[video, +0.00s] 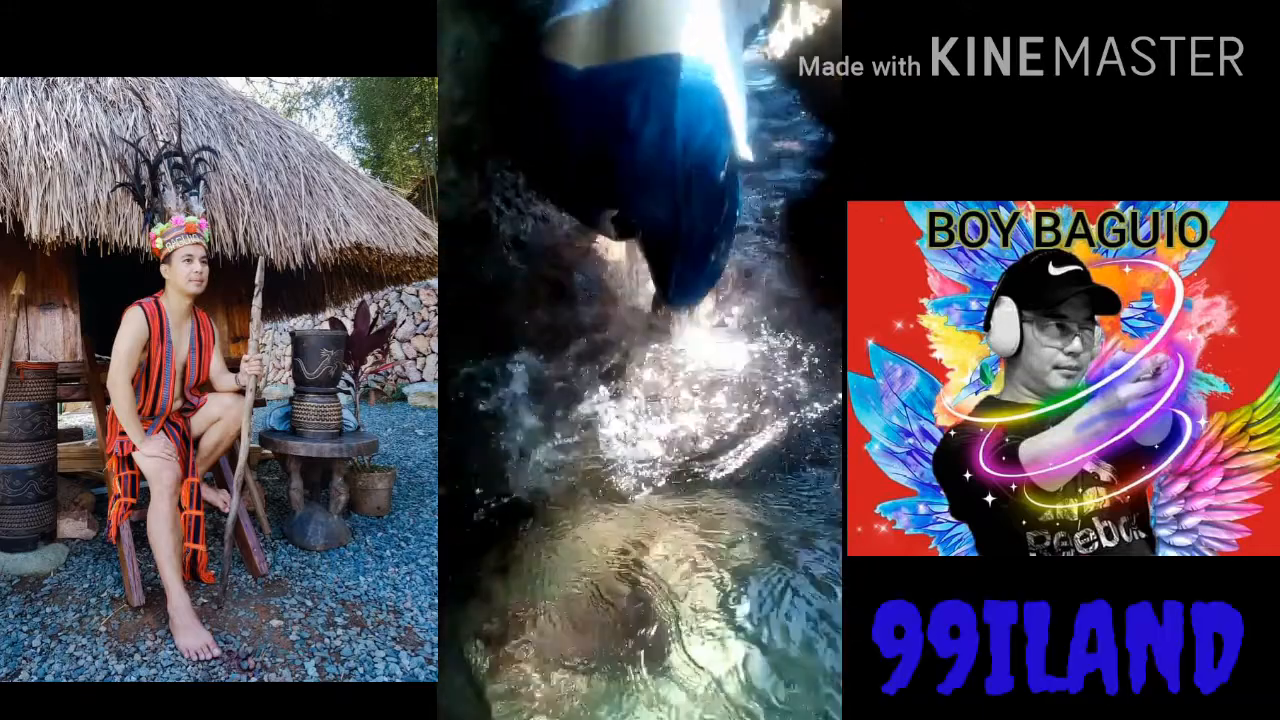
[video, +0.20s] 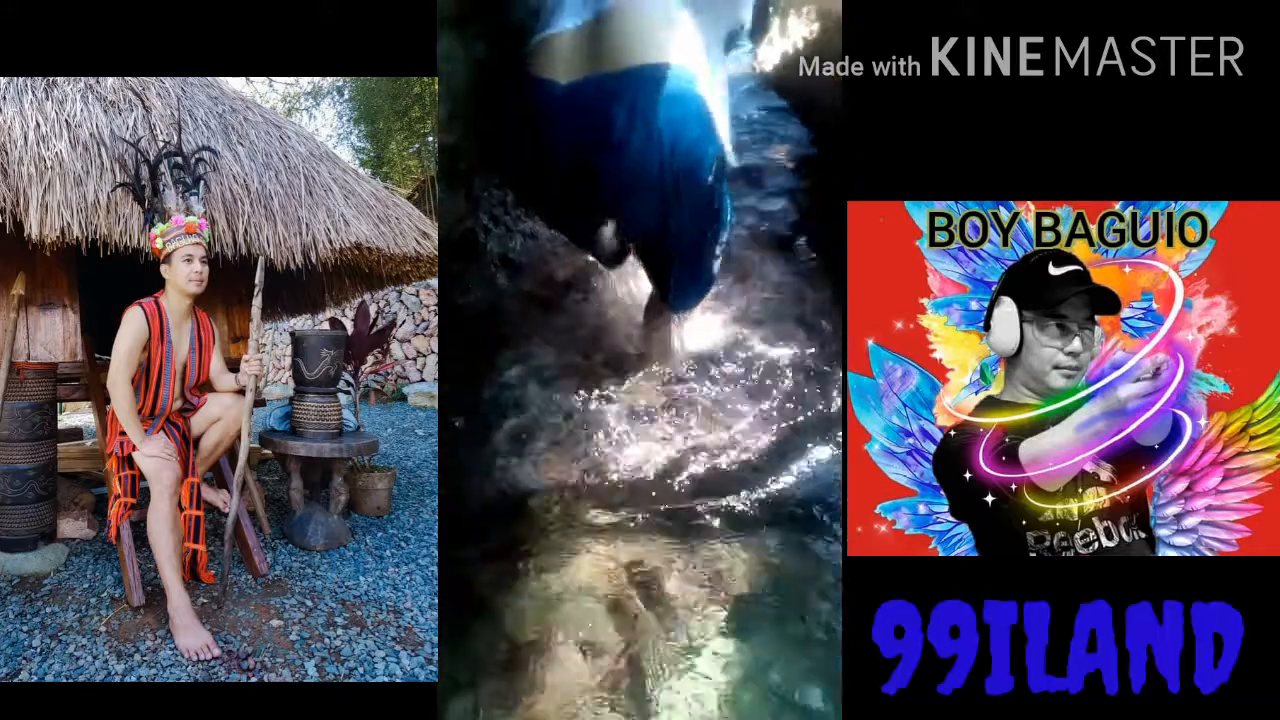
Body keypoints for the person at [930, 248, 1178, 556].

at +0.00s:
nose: (1076, 346)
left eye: (1086, 328)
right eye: (1055, 327)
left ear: (1097, 334)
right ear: (1007, 328)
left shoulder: (1113, 409)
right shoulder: (962, 446)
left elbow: (1156, 435)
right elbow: (1021, 472)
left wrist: (1148, 396)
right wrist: (1105, 412)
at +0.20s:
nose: (1076, 346)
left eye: (1086, 328)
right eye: (1055, 327)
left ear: (1097, 334)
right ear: (1007, 328)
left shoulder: (1113, 409)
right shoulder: (962, 446)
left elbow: (1156, 435)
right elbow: (1021, 472)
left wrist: (1148, 396)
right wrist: (1105, 412)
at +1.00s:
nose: (1076, 346)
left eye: (1086, 328)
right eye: (1055, 327)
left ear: (1097, 334)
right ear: (1007, 328)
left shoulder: (1113, 408)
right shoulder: (962, 446)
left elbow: (1155, 435)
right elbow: (1022, 472)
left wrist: (1149, 396)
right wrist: (1106, 412)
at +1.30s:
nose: (1076, 346)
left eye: (1086, 328)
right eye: (1055, 326)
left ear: (1097, 335)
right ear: (1007, 328)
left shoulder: (1113, 408)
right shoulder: (962, 446)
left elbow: (1156, 435)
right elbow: (1021, 471)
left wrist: (1147, 395)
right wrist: (1105, 413)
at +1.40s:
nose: (1076, 346)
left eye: (1086, 328)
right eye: (1055, 326)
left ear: (1097, 335)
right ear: (1007, 328)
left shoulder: (1113, 408)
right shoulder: (962, 446)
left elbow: (1156, 435)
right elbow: (1022, 471)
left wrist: (1147, 395)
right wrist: (1105, 413)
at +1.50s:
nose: (1076, 346)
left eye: (1086, 328)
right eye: (1055, 326)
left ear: (1097, 335)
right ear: (1007, 328)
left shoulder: (1113, 408)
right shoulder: (962, 446)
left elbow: (1156, 436)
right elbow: (1022, 471)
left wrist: (1147, 395)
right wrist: (1105, 413)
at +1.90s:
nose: (1076, 346)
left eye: (1086, 328)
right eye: (1055, 327)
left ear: (1097, 334)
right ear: (1007, 328)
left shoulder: (1114, 408)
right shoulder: (962, 446)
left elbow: (1155, 435)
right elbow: (1022, 472)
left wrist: (1149, 396)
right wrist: (1106, 412)